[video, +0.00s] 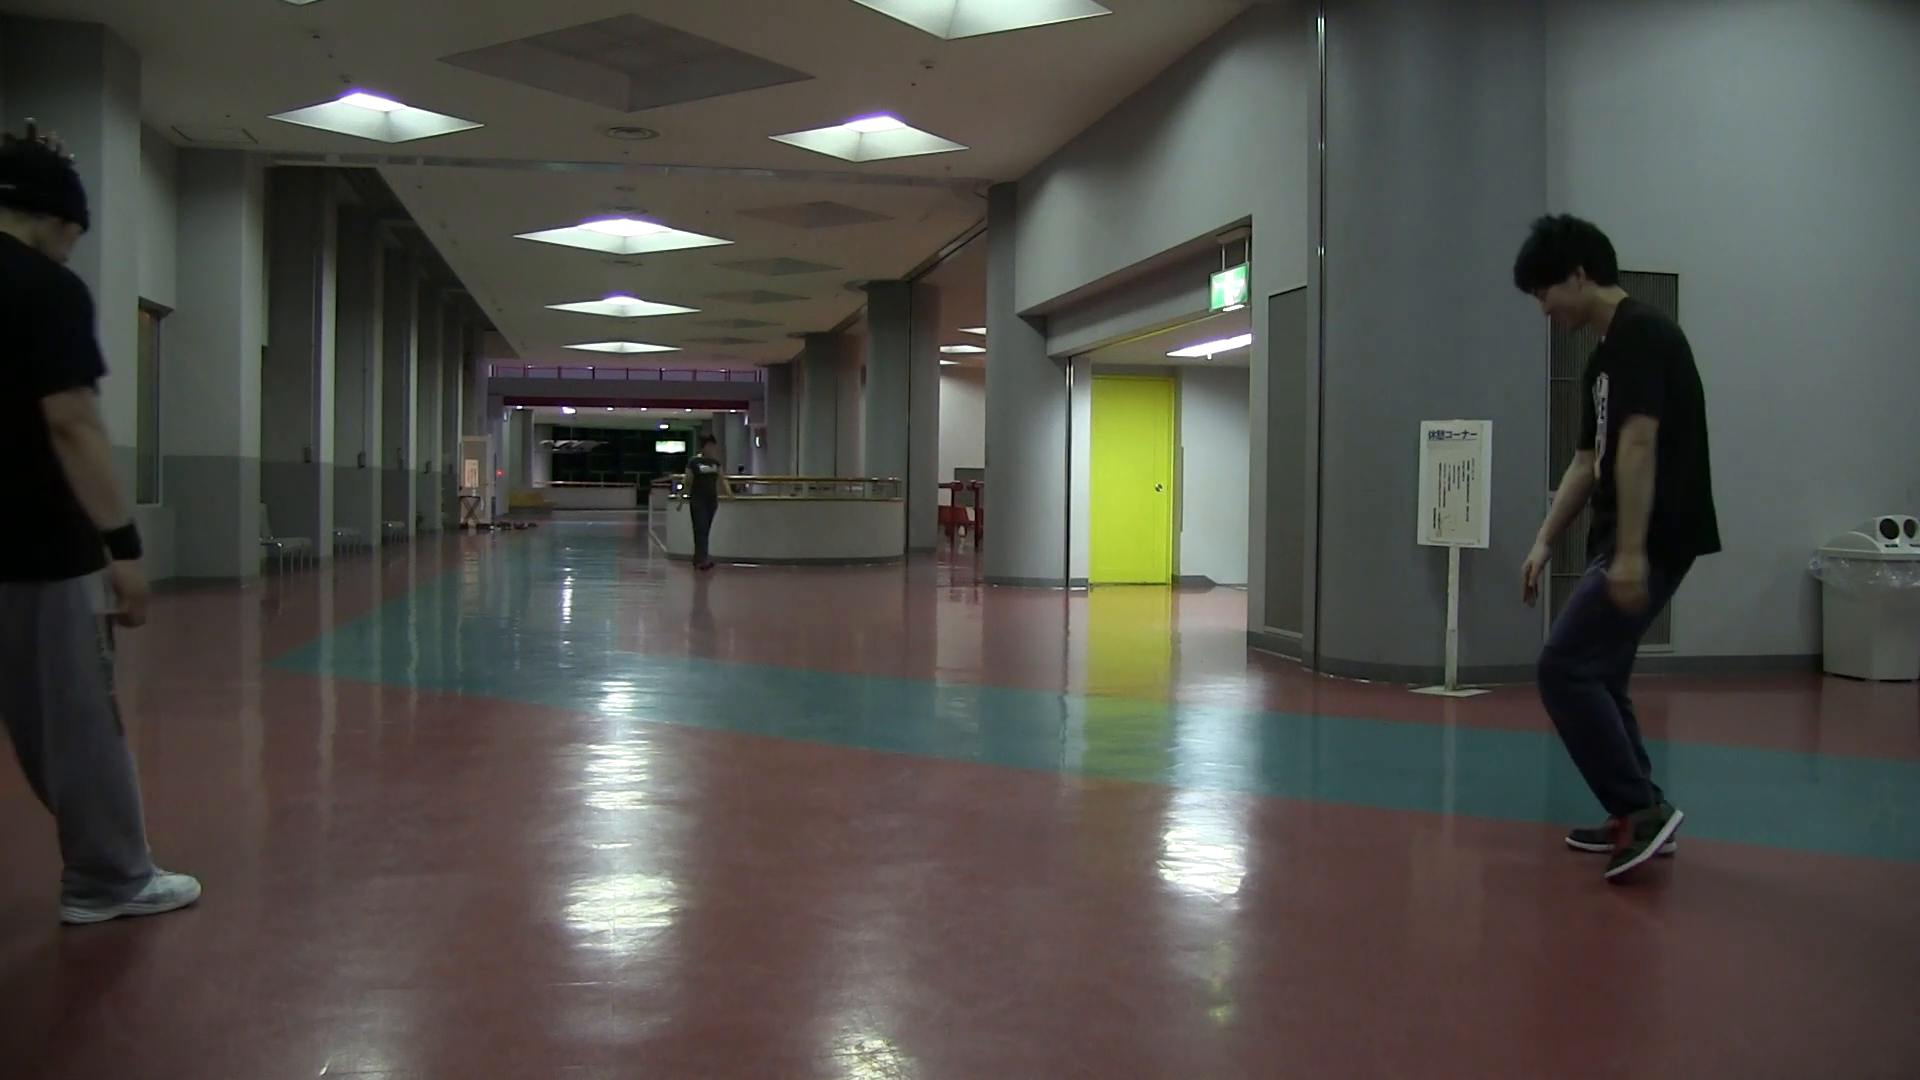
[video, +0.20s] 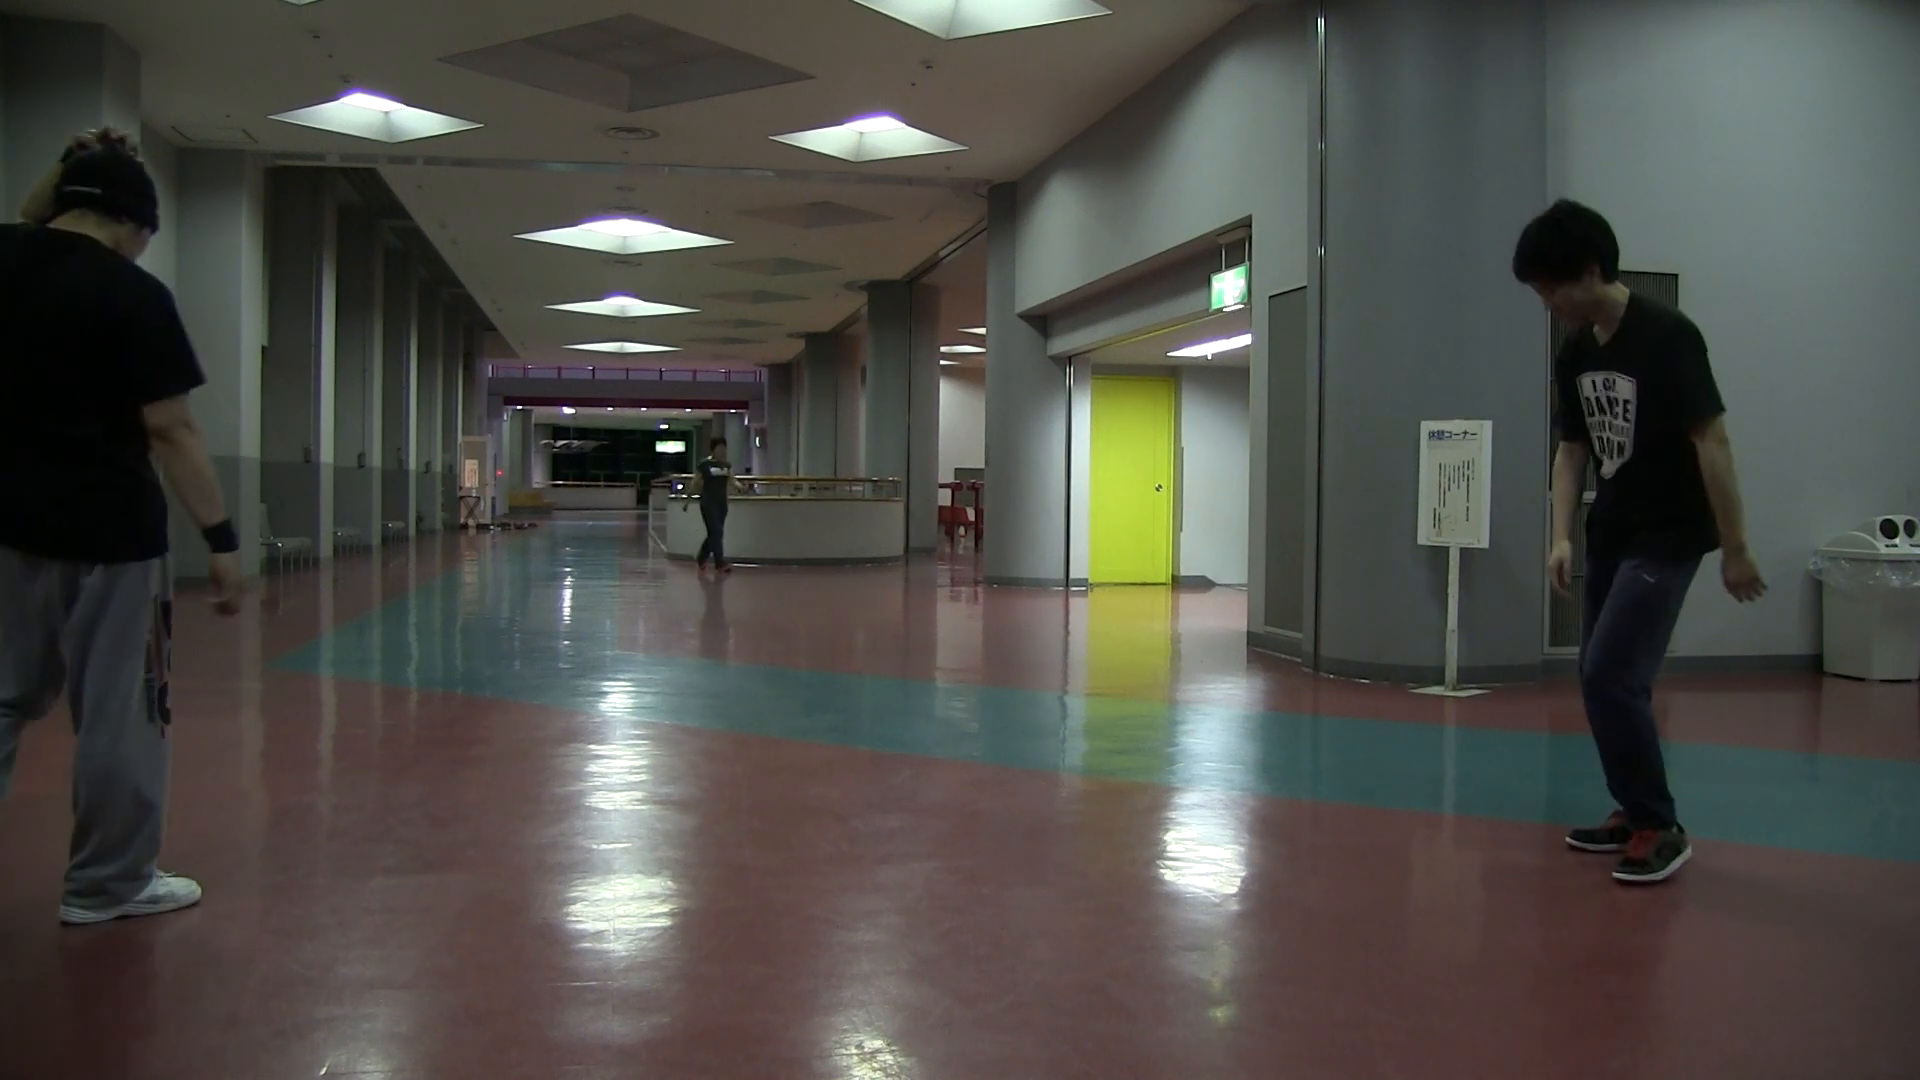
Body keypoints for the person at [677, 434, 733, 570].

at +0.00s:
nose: (712, 450)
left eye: (713, 447)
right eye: (710, 447)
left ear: (715, 448)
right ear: (704, 448)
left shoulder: (716, 464)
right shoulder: (693, 462)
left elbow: (723, 480)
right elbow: (686, 482)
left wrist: (730, 493)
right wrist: (680, 500)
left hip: (711, 500)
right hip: (697, 500)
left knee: (704, 531)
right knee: (700, 531)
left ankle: (699, 559)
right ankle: (702, 560)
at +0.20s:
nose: (722, 452)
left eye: (724, 449)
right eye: (719, 449)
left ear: (725, 450)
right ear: (713, 450)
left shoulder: (726, 466)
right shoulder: (704, 465)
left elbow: (732, 480)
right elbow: (694, 483)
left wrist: (741, 487)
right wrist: (687, 501)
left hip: (721, 502)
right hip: (708, 503)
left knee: (715, 532)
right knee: (715, 532)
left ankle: (702, 558)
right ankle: (720, 563)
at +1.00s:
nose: (773, 447)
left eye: (774, 444)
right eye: (771, 444)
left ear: (774, 445)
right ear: (764, 445)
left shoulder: (776, 462)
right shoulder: (754, 462)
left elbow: (780, 480)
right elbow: (745, 483)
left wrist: (788, 492)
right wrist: (741, 502)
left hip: (772, 500)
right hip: (758, 501)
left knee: (767, 533)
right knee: (764, 532)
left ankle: (761, 565)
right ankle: (762, 566)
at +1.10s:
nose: (779, 450)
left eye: (780, 447)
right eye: (777, 446)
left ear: (780, 448)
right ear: (771, 447)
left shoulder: (782, 464)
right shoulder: (759, 464)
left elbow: (787, 480)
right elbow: (749, 483)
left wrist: (794, 486)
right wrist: (740, 502)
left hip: (778, 502)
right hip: (764, 502)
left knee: (772, 534)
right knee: (770, 533)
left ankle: (760, 564)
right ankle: (779, 565)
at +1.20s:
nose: (786, 450)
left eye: (787, 447)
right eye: (784, 447)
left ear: (786, 448)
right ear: (777, 447)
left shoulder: (789, 464)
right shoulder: (766, 464)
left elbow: (796, 481)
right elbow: (755, 484)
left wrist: (805, 487)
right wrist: (746, 503)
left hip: (785, 503)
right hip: (770, 503)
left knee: (779, 535)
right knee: (777, 534)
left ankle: (764, 562)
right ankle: (783, 566)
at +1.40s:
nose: (799, 445)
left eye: (800, 442)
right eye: (797, 442)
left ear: (800, 443)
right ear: (790, 442)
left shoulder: (801, 460)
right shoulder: (780, 460)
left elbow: (803, 480)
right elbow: (775, 483)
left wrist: (808, 495)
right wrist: (778, 502)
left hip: (800, 503)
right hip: (785, 503)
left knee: (802, 533)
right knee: (784, 535)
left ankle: (791, 562)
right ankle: (784, 567)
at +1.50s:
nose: (806, 446)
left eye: (807, 442)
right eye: (805, 442)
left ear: (807, 443)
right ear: (798, 442)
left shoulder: (806, 460)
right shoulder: (787, 459)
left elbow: (805, 481)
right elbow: (786, 481)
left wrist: (808, 496)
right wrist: (797, 497)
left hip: (805, 499)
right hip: (790, 500)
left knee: (810, 534)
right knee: (786, 535)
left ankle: (810, 567)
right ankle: (785, 568)